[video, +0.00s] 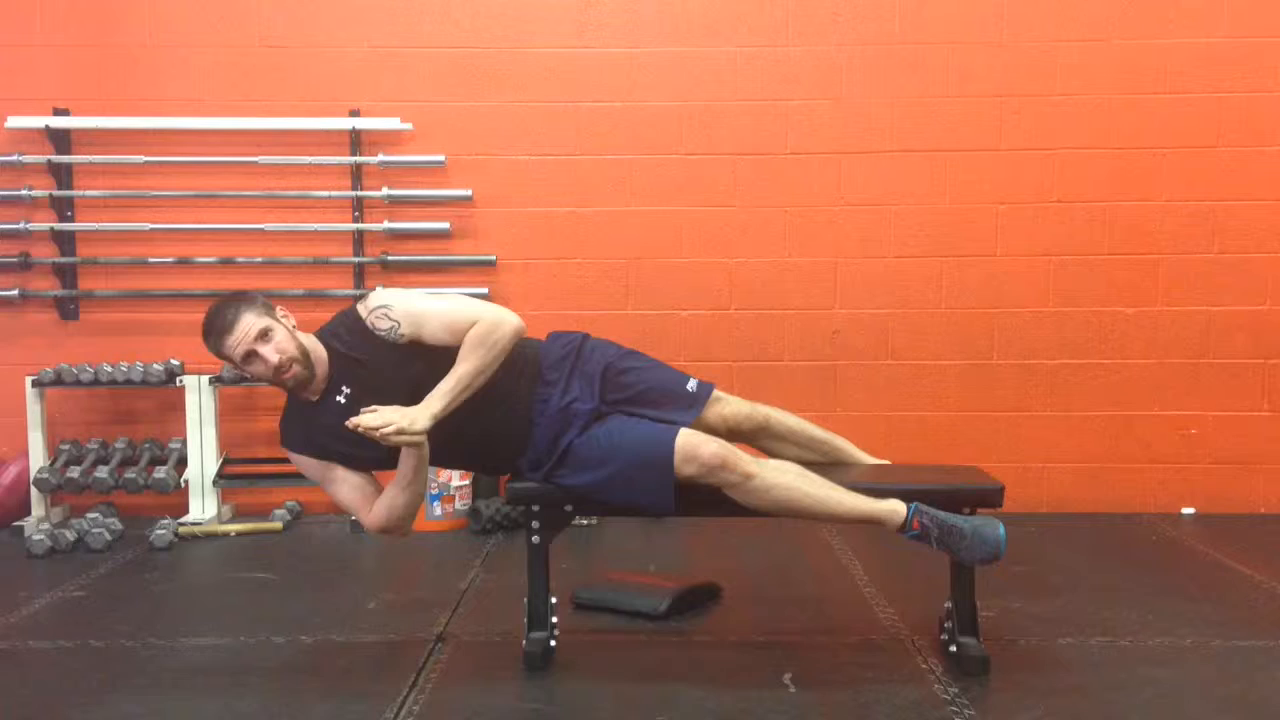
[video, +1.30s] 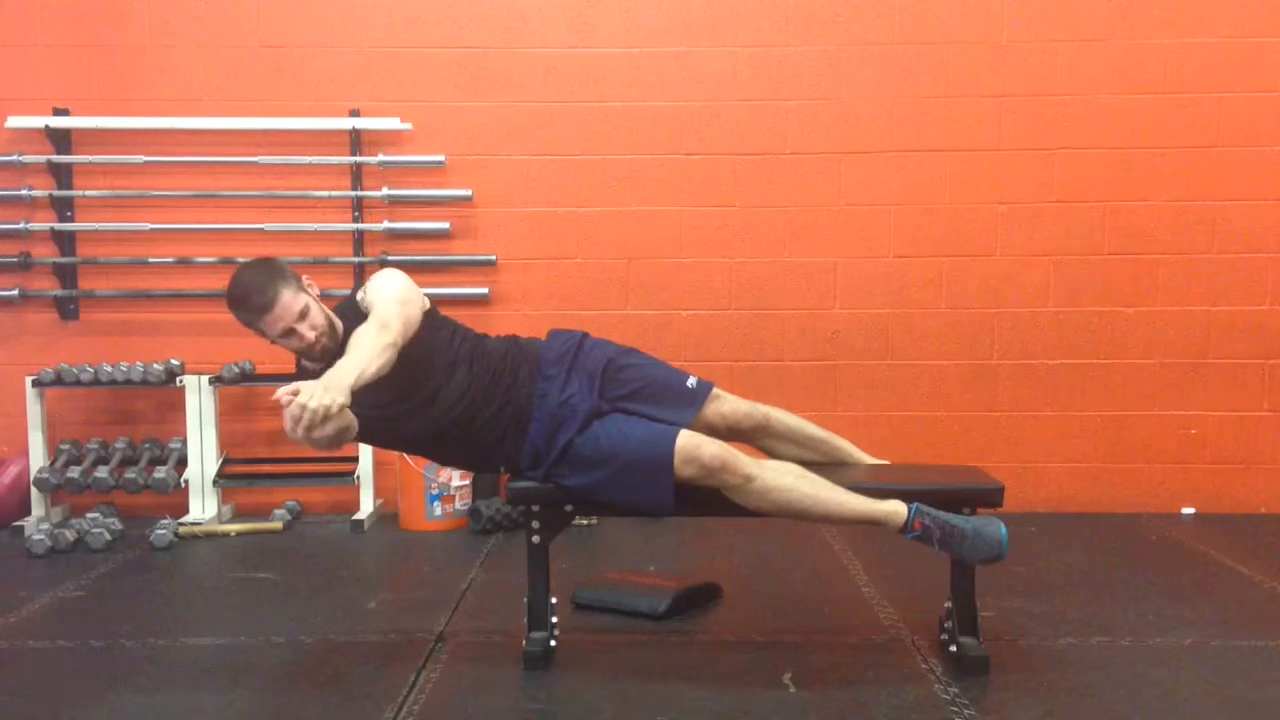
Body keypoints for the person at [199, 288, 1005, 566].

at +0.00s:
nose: (266, 360)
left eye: (260, 339)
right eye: (247, 366)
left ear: (281, 314)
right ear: (246, 379)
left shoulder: (370, 314)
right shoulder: (307, 437)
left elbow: (502, 325)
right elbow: (382, 518)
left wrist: (425, 413)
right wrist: (413, 458)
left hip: (577, 369)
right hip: (551, 449)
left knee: (749, 421)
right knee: (721, 462)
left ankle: (908, 490)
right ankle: (916, 521)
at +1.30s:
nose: (309, 318)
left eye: (304, 300)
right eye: (288, 325)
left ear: (313, 280)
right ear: (268, 340)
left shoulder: (378, 288)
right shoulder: (318, 400)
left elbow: (395, 331)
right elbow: (331, 424)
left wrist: (331, 386)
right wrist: (314, 412)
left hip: (568, 365)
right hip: (548, 449)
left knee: (740, 416)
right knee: (717, 464)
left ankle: (908, 492)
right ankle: (915, 523)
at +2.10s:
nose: (306, 318)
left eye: (302, 300)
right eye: (286, 322)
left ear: (315, 275)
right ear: (268, 334)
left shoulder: (376, 287)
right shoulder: (316, 391)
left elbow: (399, 331)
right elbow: (334, 439)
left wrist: (318, 377)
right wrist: (294, 408)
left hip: (567, 365)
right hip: (545, 447)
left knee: (734, 414)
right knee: (716, 463)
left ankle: (903, 489)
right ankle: (913, 521)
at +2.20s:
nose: (305, 318)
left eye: (301, 300)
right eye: (285, 321)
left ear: (314, 275)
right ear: (268, 335)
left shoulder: (379, 287)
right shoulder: (317, 394)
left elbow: (407, 344)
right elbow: (341, 446)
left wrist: (318, 380)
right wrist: (300, 413)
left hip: (567, 365)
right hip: (545, 447)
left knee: (734, 415)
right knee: (716, 464)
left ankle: (905, 489)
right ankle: (914, 522)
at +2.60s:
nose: (286, 319)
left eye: (283, 300)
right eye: (266, 322)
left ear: (303, 282)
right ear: (260, 341)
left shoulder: (374, 291)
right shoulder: (311, 407)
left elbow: (453, 339)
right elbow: (371, 494)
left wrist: (361, 406)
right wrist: (343, 440)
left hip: (566, 366)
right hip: (547, 449)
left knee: (736, 415)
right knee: (713, 461)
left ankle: (905, 491)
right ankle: (915, 522)